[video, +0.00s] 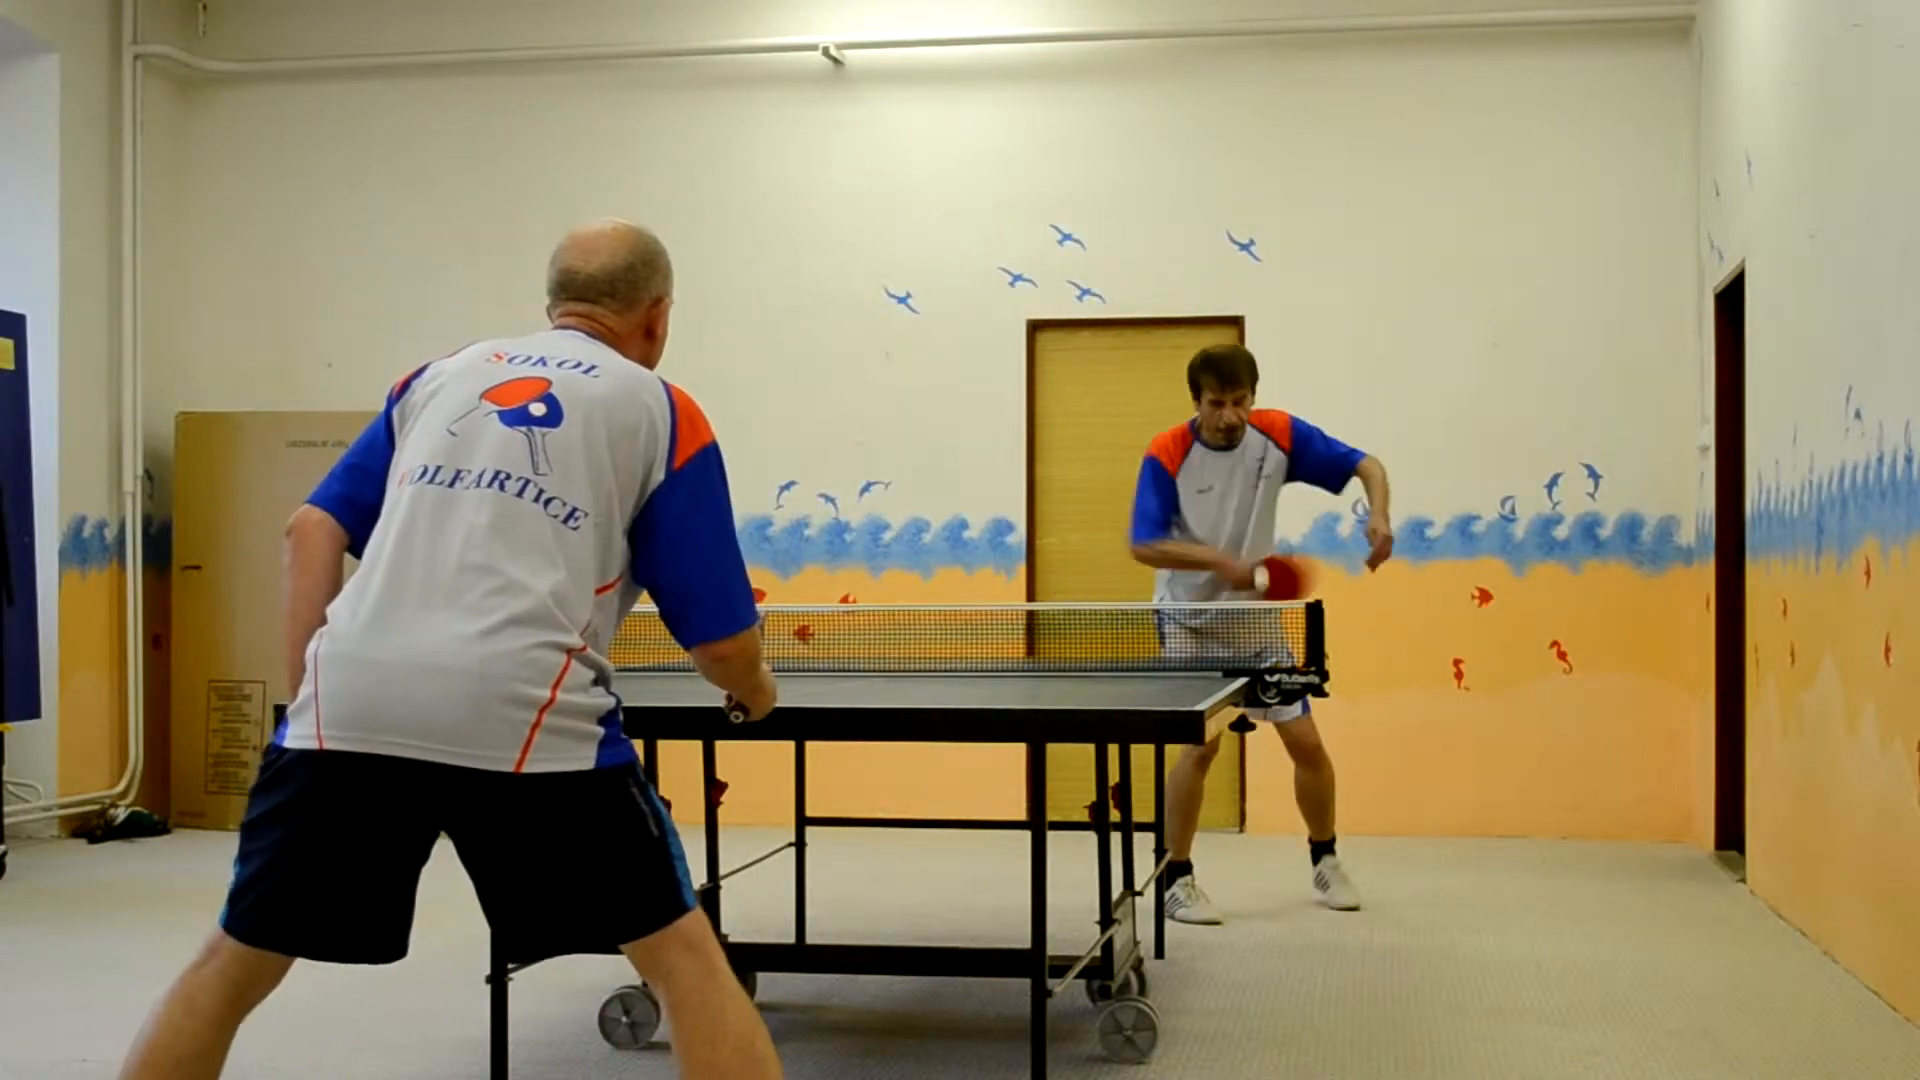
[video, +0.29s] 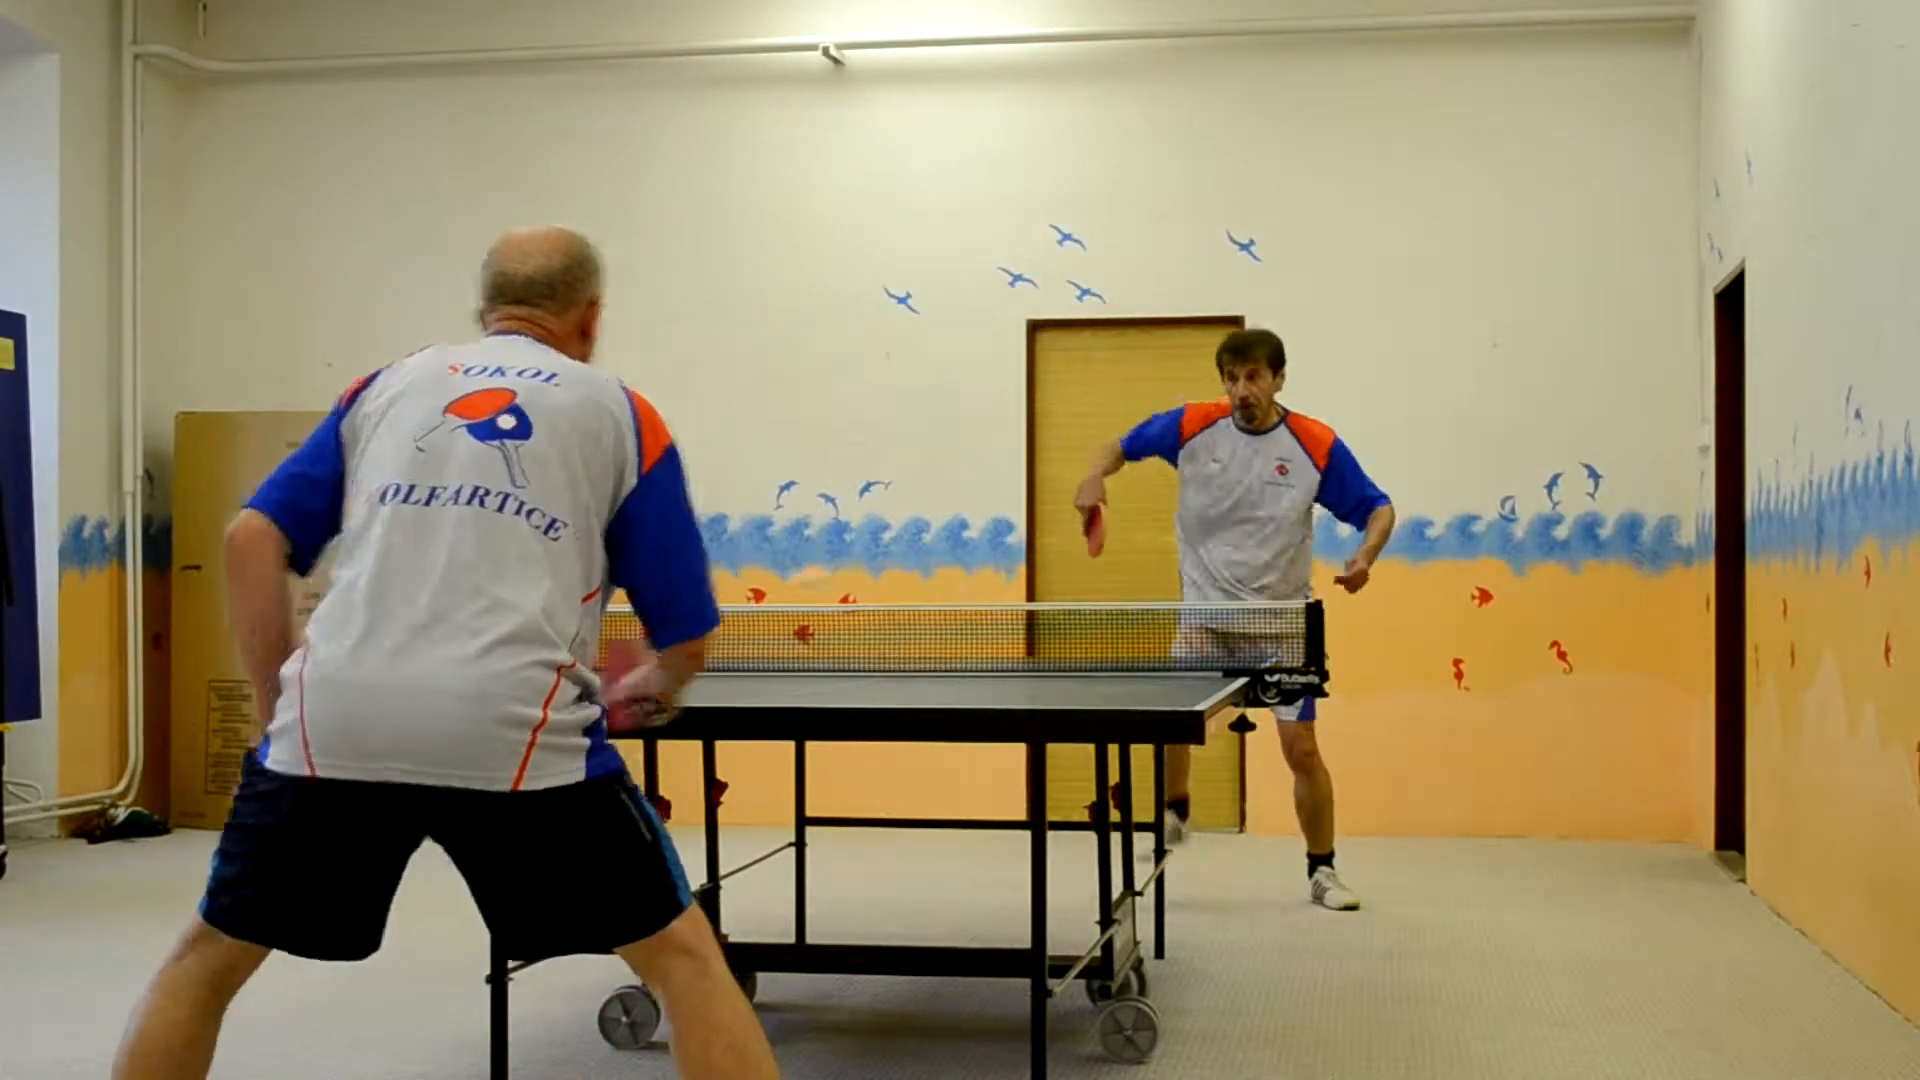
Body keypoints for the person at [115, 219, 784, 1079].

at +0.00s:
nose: (666, 334)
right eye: (666, 316)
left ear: (551, 306)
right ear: (653, 317)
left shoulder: (437, 378)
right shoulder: (663, 416)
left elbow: (314, 527)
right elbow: (722, 637)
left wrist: (306, 697)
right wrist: (755, 693)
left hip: (347, 712)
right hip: (532, 723)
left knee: (228, 967)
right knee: (685, 960)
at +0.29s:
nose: (600, 328)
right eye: (596, 313)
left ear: (482, 312)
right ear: (586, 319)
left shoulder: (383, 388)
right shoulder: (621, 416)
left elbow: (254, 536)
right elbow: (686, 627)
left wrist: (276, 701)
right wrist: (655, 686)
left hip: (331, 728)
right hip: (517, 734)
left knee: (203, 963)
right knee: (683, 961)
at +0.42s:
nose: (464, 348)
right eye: (467, 335)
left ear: (357, 337)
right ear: (462, 342)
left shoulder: (282, 424)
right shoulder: (532, 440)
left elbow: (144, 602)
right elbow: (587, 651)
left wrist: (136, 774)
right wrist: (492, 724)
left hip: (302, 772)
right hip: (490, 772)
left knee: (154, 963)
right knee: (647, 978)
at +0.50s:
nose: (363, 355)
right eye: (366, 340)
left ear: (245, 340)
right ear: (359, 342)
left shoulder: (176, 430)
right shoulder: (427, 440)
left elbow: (41, 626)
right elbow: (486, 635)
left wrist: (14, 742)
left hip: (224, 782)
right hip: (417, 780)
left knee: (105, 965)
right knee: (582, 993)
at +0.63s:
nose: (259, 312)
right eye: (261, 300)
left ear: (146, 284)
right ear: (247, 294)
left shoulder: (29, 389)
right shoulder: (264, 354)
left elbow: (12, 575)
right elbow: (413, 494)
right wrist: (520, 504)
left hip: (57, 739)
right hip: (233, 722)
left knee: (44, 946)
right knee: (422, 936)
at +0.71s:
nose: (177, 267)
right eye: (177, 253)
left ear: (61, 250)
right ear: (168, 250)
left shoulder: (13, 342)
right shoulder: (190, 313)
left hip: (10, 716)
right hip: (158, 706)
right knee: (323, 933)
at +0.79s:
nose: (106, 246)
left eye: (99, 234)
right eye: (100, 233)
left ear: (11, 235)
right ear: (79, 233)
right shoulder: (81, 310)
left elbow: (248, 354)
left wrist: (448, 323)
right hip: (90, 721)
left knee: (248, 993)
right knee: (249, 991)